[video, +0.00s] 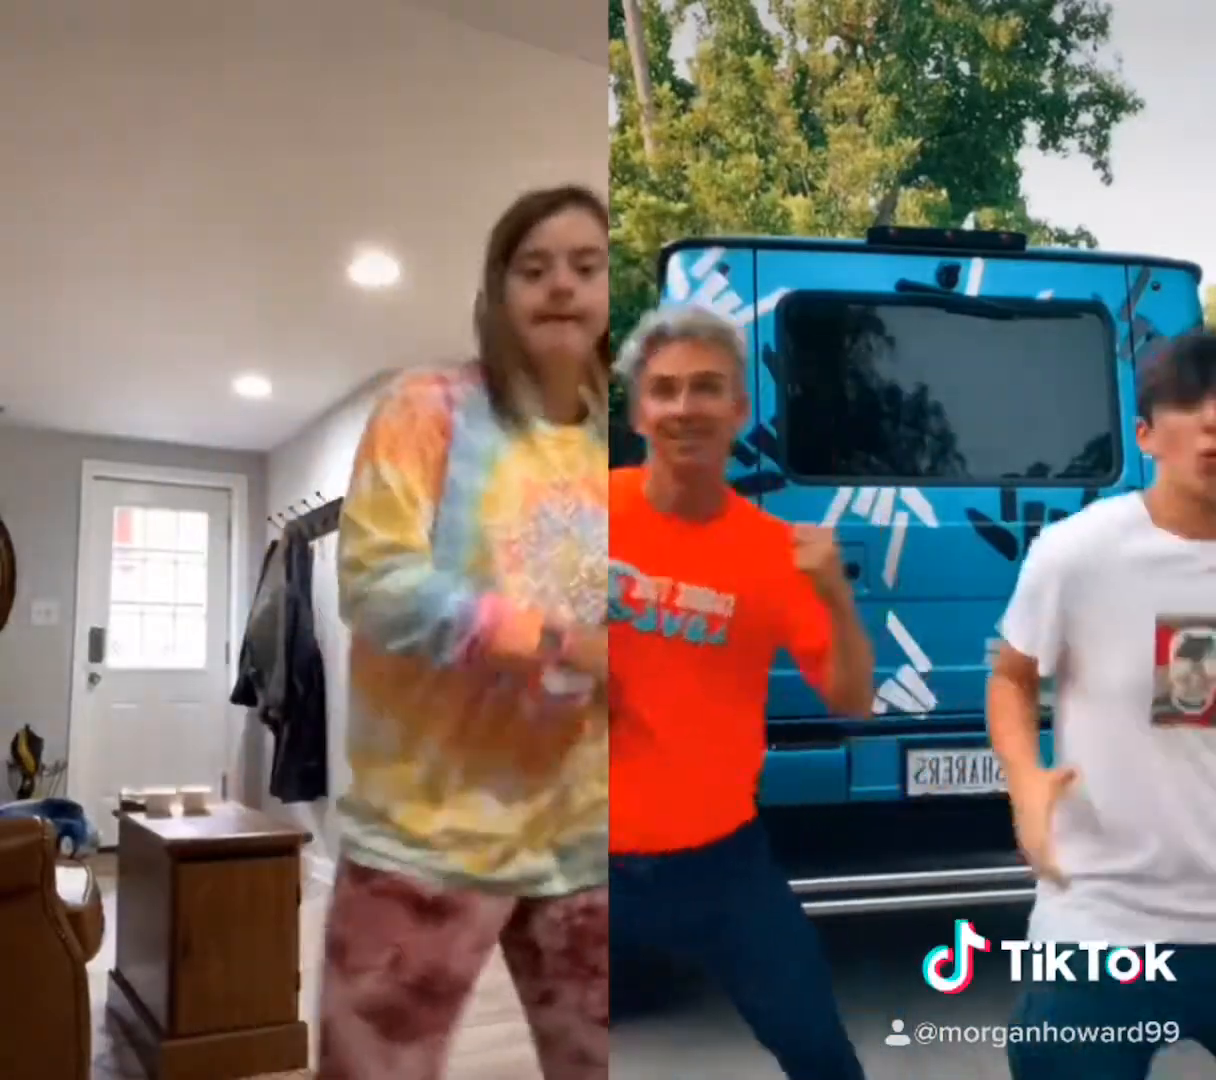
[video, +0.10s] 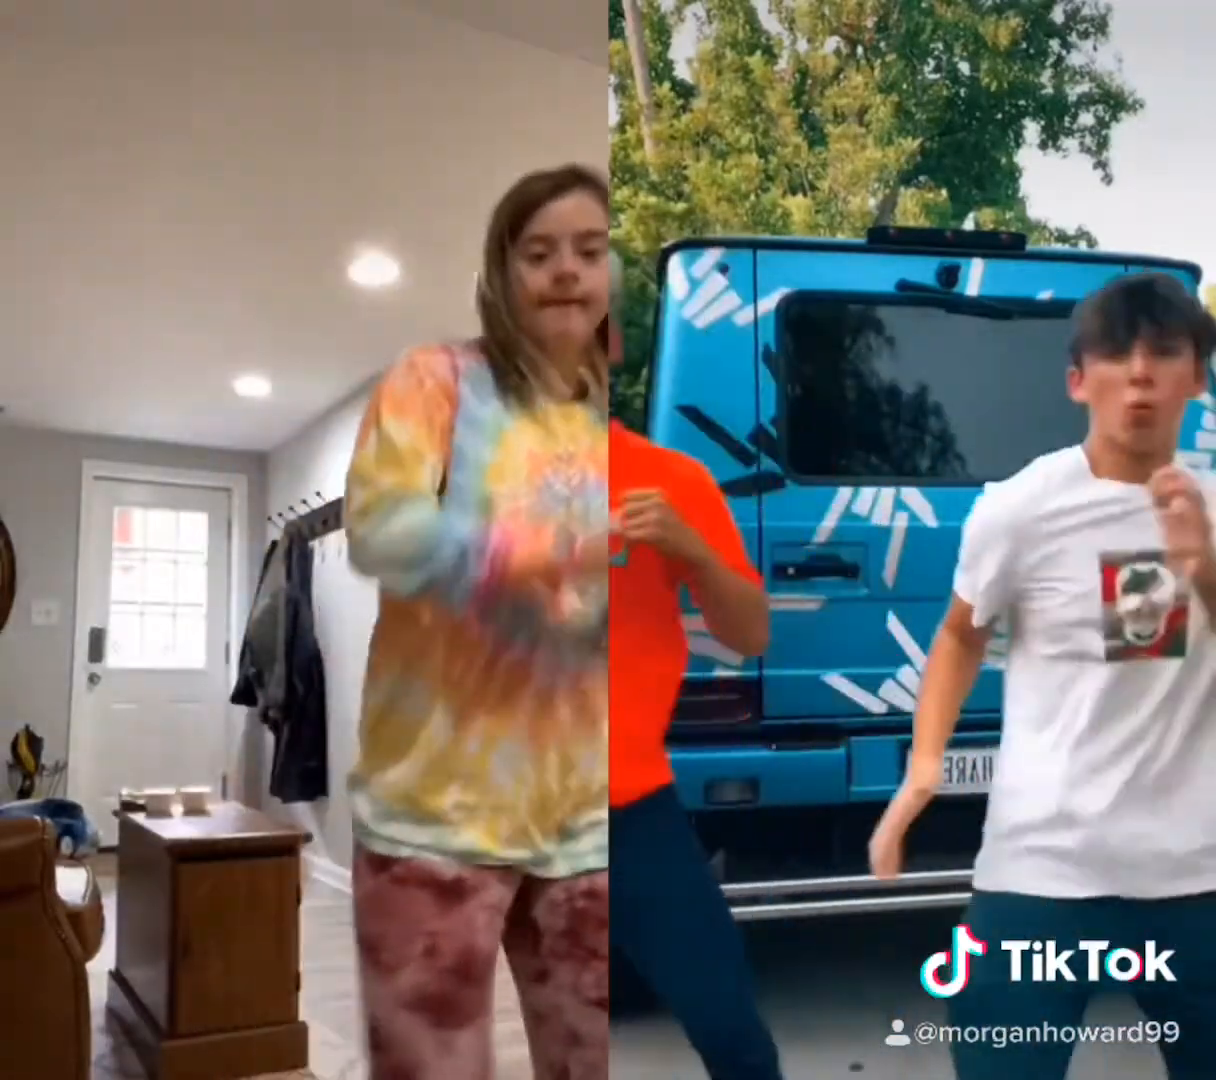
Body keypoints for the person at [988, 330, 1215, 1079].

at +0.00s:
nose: (1212, 424)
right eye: (1191, 407)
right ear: (1146, 433)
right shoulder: (1076, 552)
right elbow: (1011, 678)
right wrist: (1024, 780)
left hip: (1212, 918)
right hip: (1103, 919)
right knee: (1054, 1060)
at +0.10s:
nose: (1141, 374)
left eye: (1164, 355)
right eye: (1117, 355)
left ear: (1198, 379)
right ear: (1078, 381)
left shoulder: (1211, 507)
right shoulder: (1015, 511)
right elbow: (961, 635)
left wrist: (1203, 571)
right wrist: (925, 765)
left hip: (1192, 872)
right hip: (1039, 873)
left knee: (1205, 1060)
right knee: (1000, 1066)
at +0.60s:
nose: (932, 435)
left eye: (958, 412)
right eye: (911, 413)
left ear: (998, 431)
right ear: (880, 434)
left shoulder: (1053, 569)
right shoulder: (829, 549)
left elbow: (1056, 771)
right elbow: (801, 717)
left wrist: (891, 759)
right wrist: (928, 591)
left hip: (1016, 887)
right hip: (865, 887)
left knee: (1002, 1064)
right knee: (861, 1062)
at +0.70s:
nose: (897, 437)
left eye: (924, 415)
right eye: (885, 414)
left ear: (983, 432)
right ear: (868, 425)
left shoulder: (1038, 566)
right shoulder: (826, 548)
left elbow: (1066, 760)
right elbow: (801, 738)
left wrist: (913, 790)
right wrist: (917, 675)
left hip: (999, 887)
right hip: (857, 883)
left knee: (980, 1068)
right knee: (860, 1065)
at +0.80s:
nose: (873, 456)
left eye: (900, 435)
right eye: (871, 434)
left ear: (968, 458)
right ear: (861, 447)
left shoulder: (1037, 592)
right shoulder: (821, 577)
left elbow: (1108, 747)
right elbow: (796, 718)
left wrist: (1008, 823)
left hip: (990, 902)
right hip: (847, 890)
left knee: (974, 1065)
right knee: (827, 1065)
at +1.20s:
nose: (846, 432)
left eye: (872, 415)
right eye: (836, 413)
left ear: (922, 438)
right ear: (822, 426)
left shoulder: (977, 558)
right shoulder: (785, 554)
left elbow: (983, 723)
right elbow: (757, 723)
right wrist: (765, 675)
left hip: (947, 845)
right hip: (815, 852)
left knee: (946, 1059)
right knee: (828, 1065)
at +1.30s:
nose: (869, 452)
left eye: (889, 437)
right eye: (851, 436)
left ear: (918, 458)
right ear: (824, 457)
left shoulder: (964, 571)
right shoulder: (779, 574)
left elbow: (960, 719)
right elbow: (751, 710)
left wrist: (856, 613)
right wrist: (859, 624)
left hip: (938, 851)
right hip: (812, 862)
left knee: (951, 1058)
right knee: (828, 1068)